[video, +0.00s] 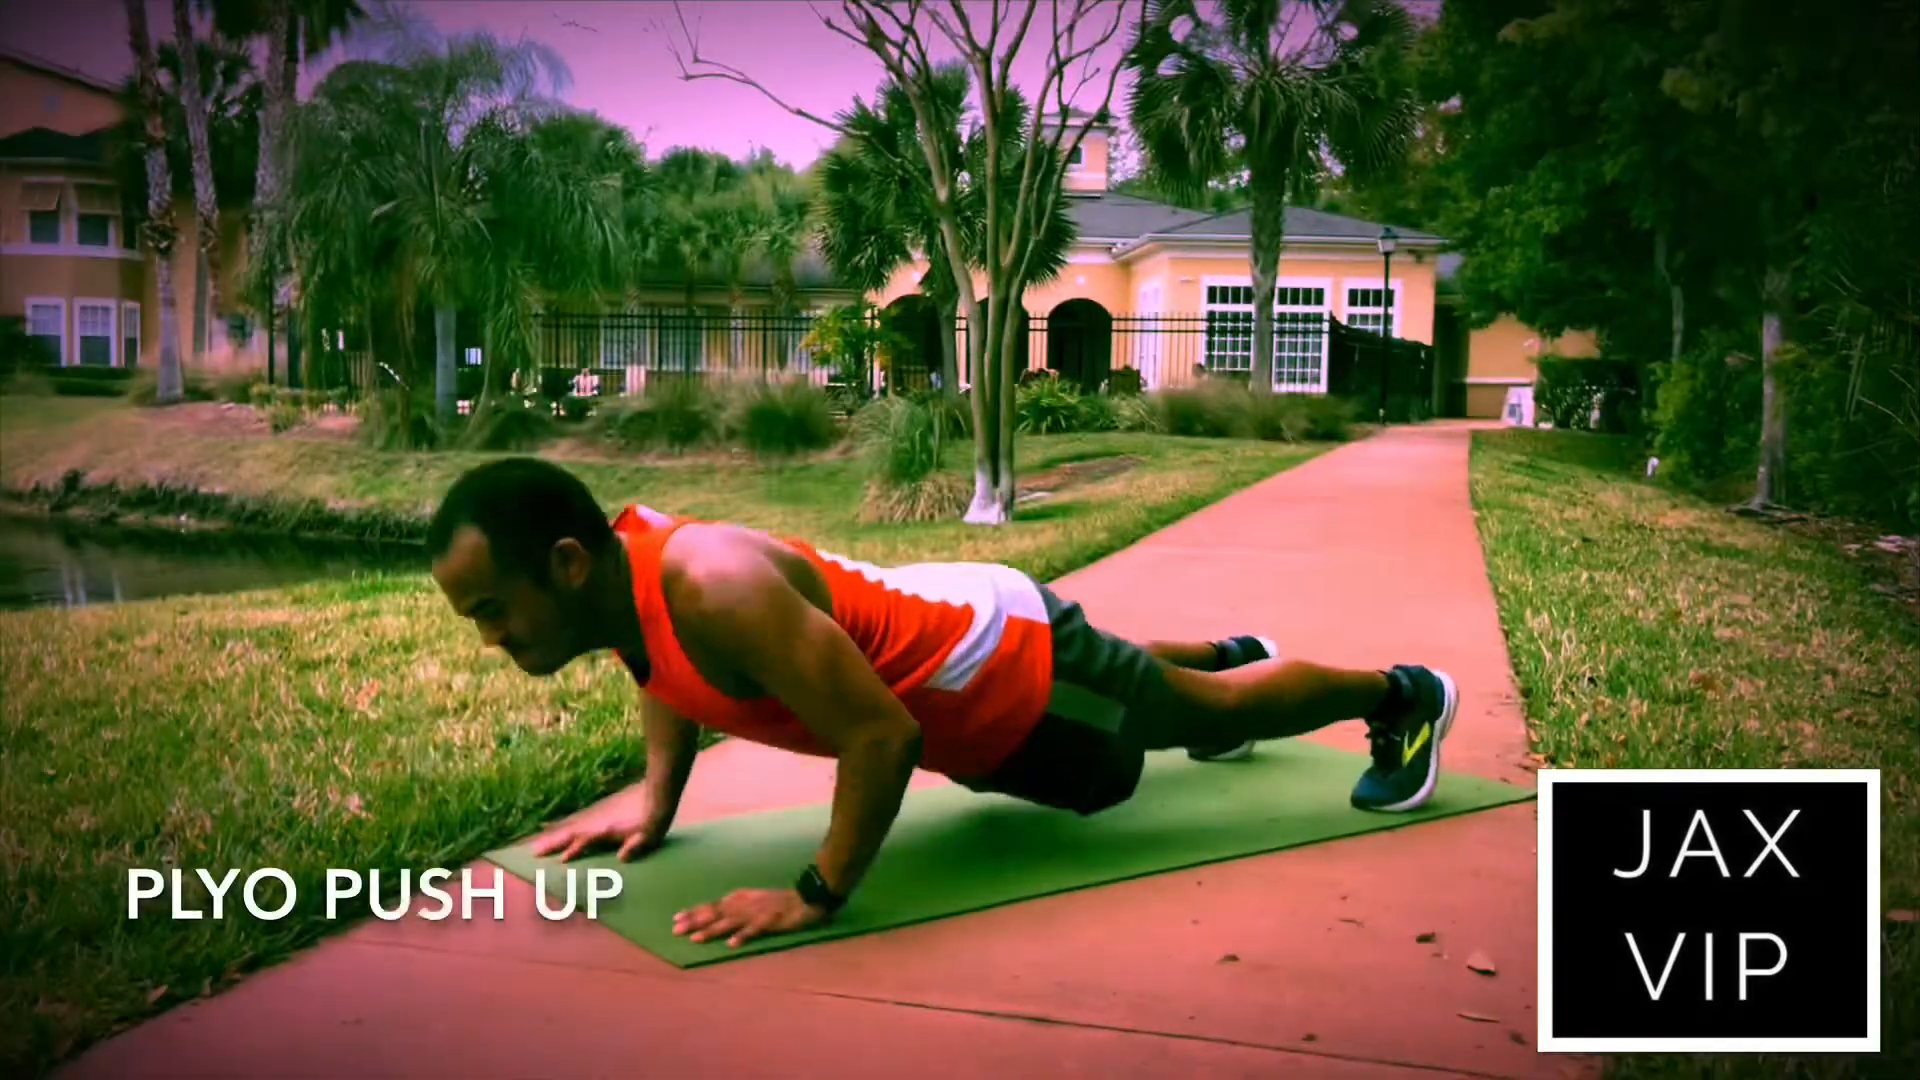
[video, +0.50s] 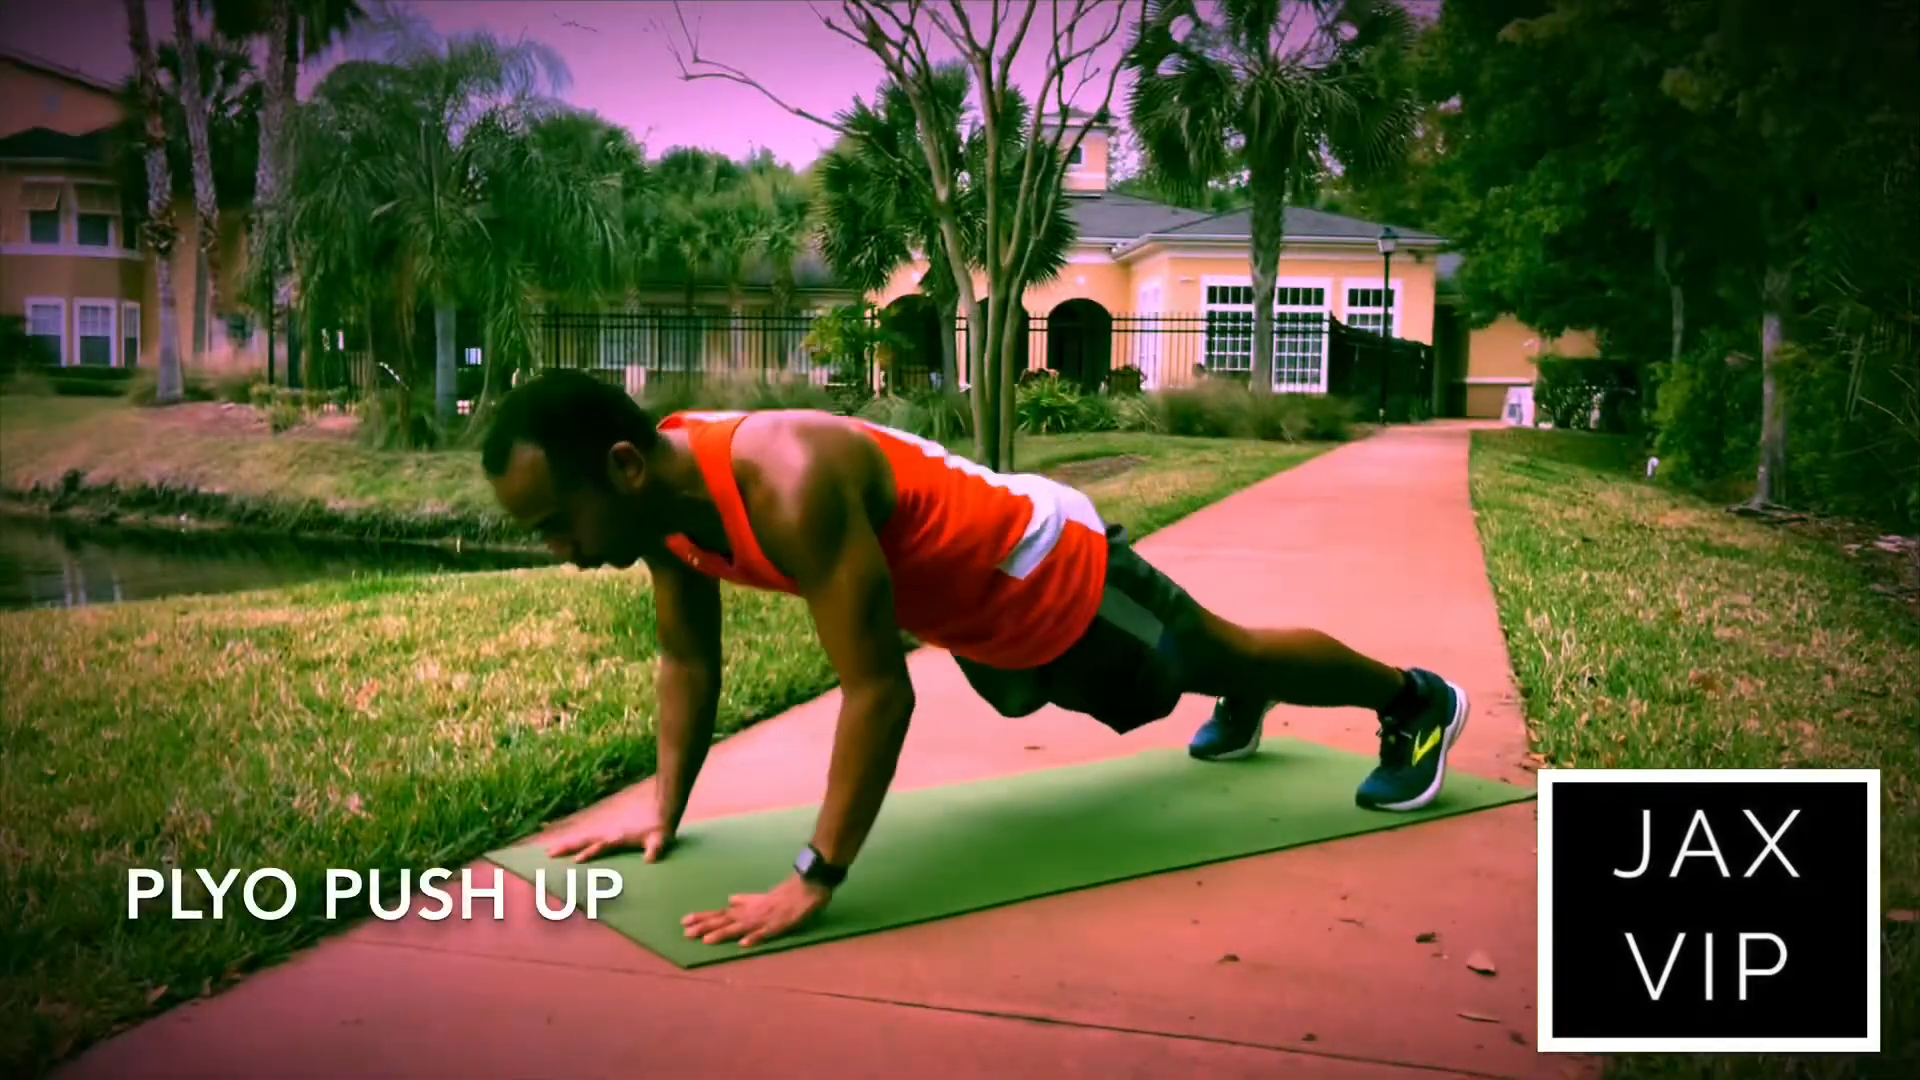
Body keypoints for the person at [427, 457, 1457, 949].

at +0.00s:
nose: (489, 639)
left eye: (491, 609)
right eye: (473, 619)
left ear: (569, 561)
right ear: (558, 569)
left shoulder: (720, 585)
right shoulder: (625, 587)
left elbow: (881, 737)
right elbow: (672, 680)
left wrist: (821, 895)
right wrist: (653, 800)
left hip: (1022, 663)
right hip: (953, 666)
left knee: (1217, 715)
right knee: (1112, 694)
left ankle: (1400, 694)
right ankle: (1213, 654)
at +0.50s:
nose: (559, 550)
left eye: (555, 523)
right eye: (541, 533)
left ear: (621, 463)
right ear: (604, 468)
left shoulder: (795, 477)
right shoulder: (668, 503)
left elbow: (878, 694)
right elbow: (686, 656)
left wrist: (814, 880)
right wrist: (666, 813)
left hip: (1058, 572)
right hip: (983, 610)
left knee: (1234, 654)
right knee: (1126, 669)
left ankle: (1414, 697)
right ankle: (1244, 685)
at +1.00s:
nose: (441, 817)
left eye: (446, 793)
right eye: (427, 797)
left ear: (524, 741)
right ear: (516, 732)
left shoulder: (677, 712)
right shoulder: (578, 672)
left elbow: (885, 743)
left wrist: (824, 898)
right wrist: (656, 818)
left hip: (1001, 729)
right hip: (923, 671)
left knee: (1203, 736)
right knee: (1061, 692)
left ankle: (1391, 690)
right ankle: (1209, 659)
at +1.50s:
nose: (598, 395)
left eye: (599, 368)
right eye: (582, 379)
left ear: (674, 316)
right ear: (663, 324)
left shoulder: (839, 358)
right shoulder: (717, 394)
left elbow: (953, 550)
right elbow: (728, 516)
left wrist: (801, 630)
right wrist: (671, 609)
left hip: (1073, 523)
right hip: (993, 558)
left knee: (1233, 636)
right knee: (1117, 637)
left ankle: (1418, 697)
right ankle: (1251, 673)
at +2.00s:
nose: (450, 817)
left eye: (453, 795)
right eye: (435, 799)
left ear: (525, 736)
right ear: (515, 728)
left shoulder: (686, 702)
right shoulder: (575, 669)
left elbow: (887, 740)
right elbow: (677, 700)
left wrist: (818, 898)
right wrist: (649, 807)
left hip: (997, 730)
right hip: (916, 682)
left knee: (1196, 740)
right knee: (1059, 695)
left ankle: (1390, 691)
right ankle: (1210, 660)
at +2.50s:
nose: (498, 575)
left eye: (504, 546)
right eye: (485, 554)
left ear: (592, 504)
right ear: (573, 514)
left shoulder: (734, 547)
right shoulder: (628, 564)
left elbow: (865, 725)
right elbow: (661, 669)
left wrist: (814, 897)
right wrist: (653, 800)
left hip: (1025, 639)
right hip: (954, 671)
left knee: (1211, 710)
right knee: (1106, 710)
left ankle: (1403, 692)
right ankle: (1229, 661)